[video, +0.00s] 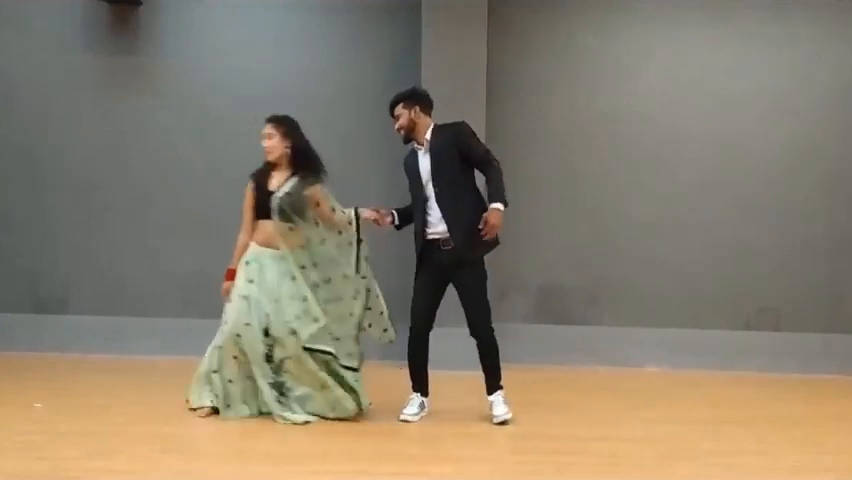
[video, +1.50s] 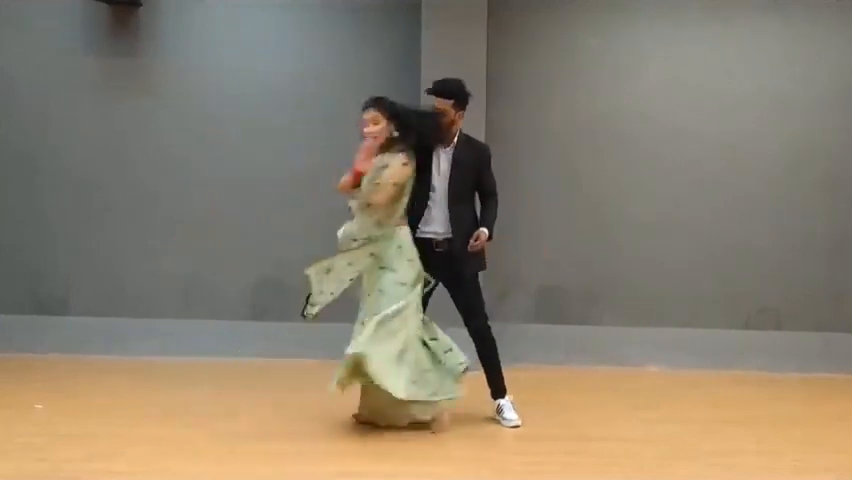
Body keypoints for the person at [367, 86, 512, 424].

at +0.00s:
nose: (395, 124)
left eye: (398, 116)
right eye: (393, 119)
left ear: (418, 111)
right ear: (412, 116)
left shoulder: (457, 133)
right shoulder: (411, 160)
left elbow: (490, 166)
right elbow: (422, 207)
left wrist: (497, 206)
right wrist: (393, 217)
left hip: (465, 247)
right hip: (430, 252)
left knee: (480, 326)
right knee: (419, 325)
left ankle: (496, 395)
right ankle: (419, 397)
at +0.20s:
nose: (423, 128)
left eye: (427, 120)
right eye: (421, 123)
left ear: (448, 116)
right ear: (438, 121)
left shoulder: (488, 142)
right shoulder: (433, 166)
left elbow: (518, 174)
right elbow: (417, 213)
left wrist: (539, 215)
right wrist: (381, 219)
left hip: (486, 255)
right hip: (448, 258)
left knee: (501, 333)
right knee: (428, 326)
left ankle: (502, 399)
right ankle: (419, 397)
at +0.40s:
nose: (460, 114)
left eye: (464, 107)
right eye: (458, 109)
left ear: (485, 103)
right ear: (465, 110)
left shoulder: (520, 139)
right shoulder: (459, 144)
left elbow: (539, 174)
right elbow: (421, 168)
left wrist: (562, 212)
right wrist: (375, 171)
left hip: (502, 253)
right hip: (464, 250)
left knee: (507, 330)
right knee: (439, 320)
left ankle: (503, 399)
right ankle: (417, 392)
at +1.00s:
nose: (439, 119)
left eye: (445, 113)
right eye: (438, 113)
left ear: (466, 115)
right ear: (443, 115)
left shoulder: (491, 154)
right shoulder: (431, 151)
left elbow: (507, 197)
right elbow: (410, 188)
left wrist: (518, 240)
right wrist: (372, 197)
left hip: (471, 256)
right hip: (433, 255)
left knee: (495, 326)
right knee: (413, 323)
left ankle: (504, 397)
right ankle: (396, 392)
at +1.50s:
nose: (436, 115)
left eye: (443, 111)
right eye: (434, 109)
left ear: (459, 113)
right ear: (432, 109)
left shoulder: (476, 152)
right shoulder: (417, 144)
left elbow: (488, 196)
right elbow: (396, 184)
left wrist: (485, 228)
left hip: (456, 251)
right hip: (417, 248)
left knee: (478, 325)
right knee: (404, 323)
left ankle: (501, 399)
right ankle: (394, 399)